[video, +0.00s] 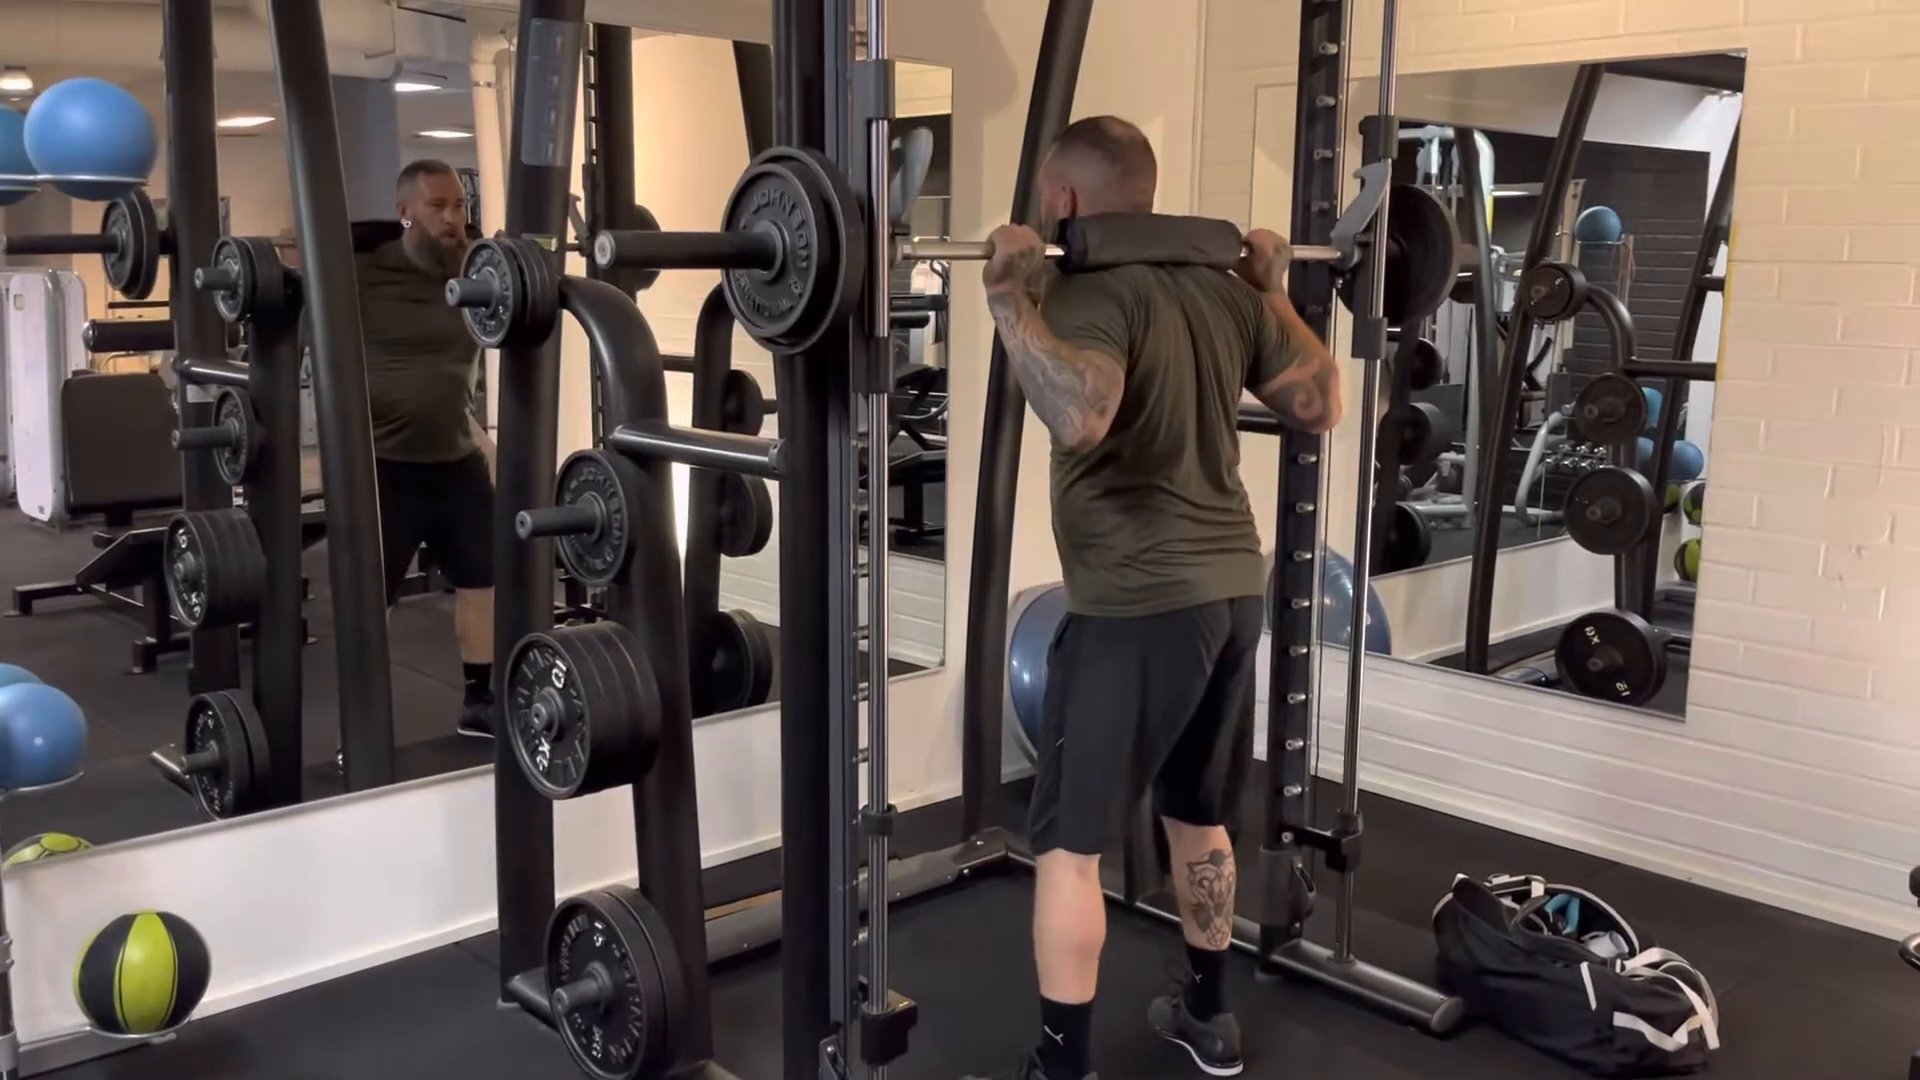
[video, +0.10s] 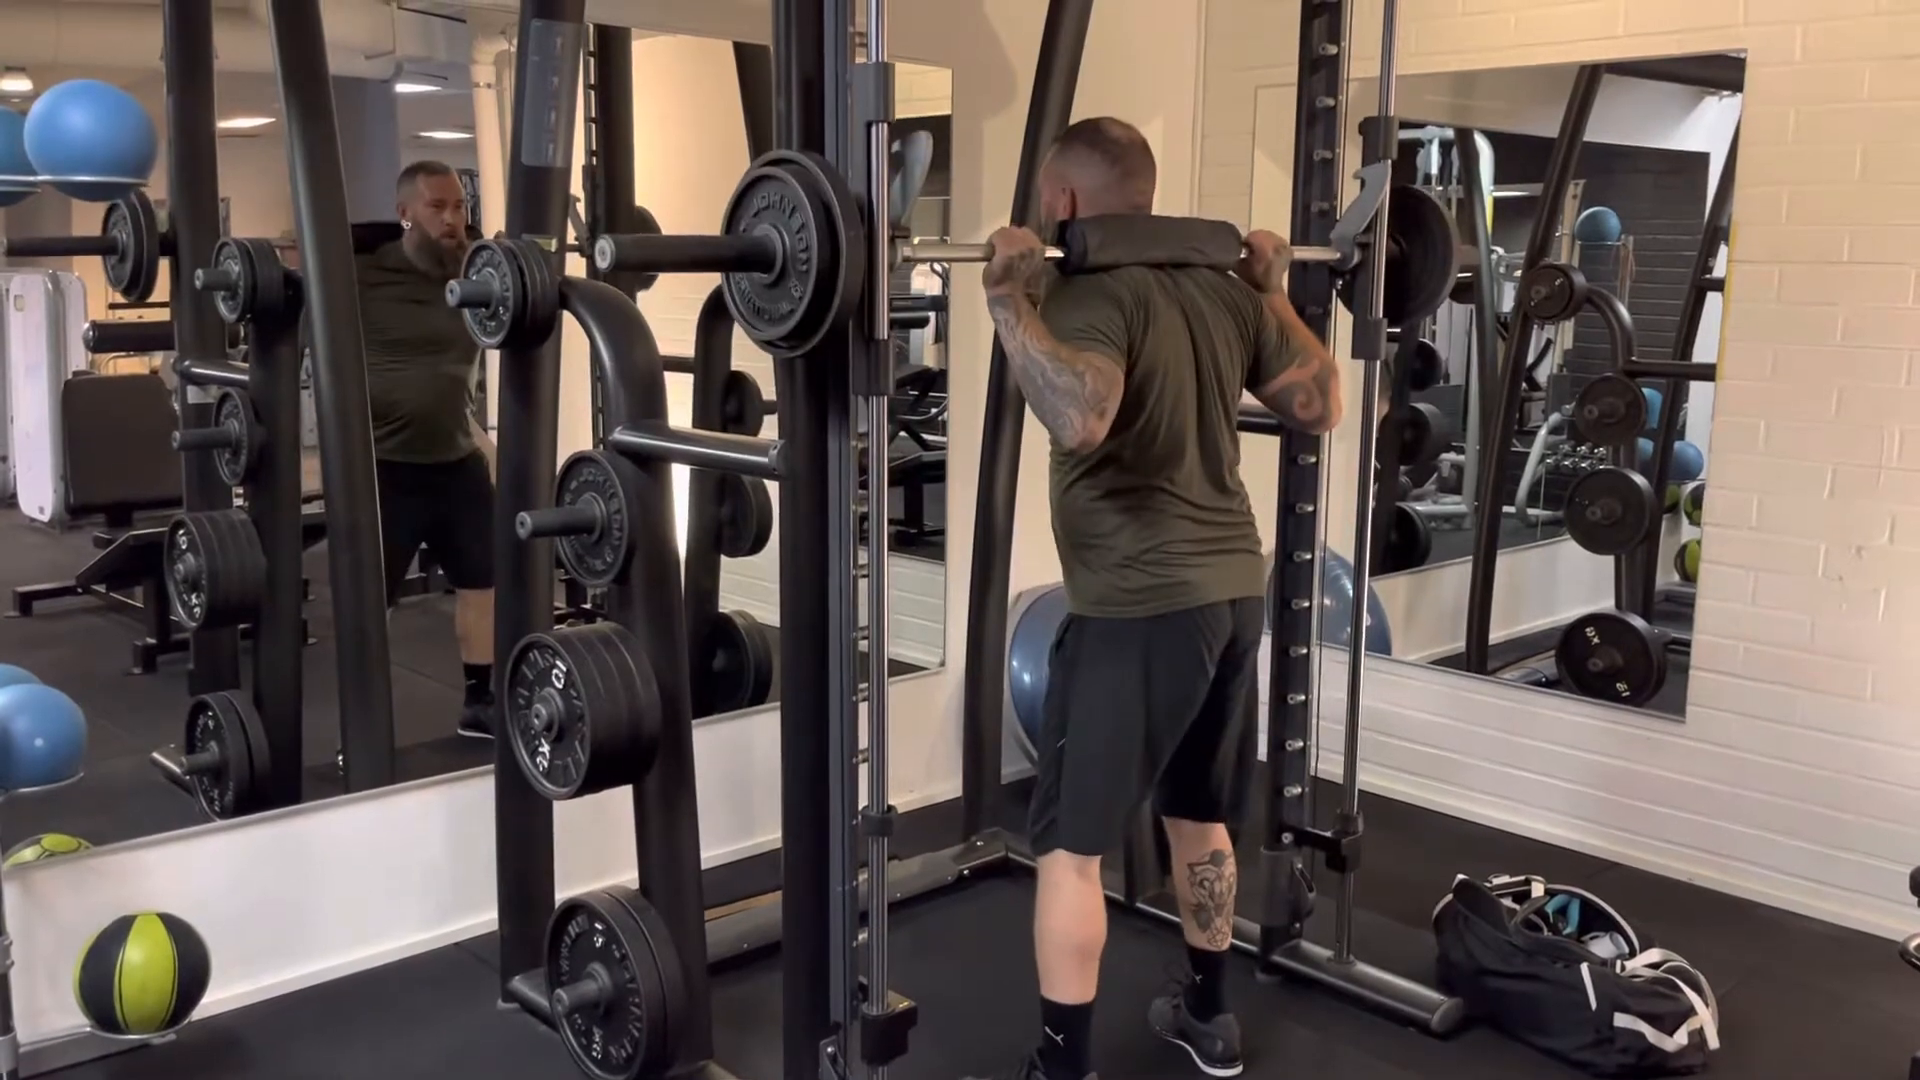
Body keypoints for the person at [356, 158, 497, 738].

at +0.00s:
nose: (454, 217)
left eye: (459, 205)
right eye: (440, 206)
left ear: (466, 210)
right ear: (405, 212)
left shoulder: (473, 273)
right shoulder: (360, 274)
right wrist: (279, 268)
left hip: (458, 459)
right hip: (381, 463)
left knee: (482, 574)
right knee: (365, 594)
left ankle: (482, 699)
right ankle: (359, 714)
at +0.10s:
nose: (454, 218)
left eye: (460, 206)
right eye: (440, 207)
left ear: (467, 211)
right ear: (406, 213)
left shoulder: (473, 274)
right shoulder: (360, 275)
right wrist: (280, 263)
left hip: (458, 460)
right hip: (382, 464)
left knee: (482, 576)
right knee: (366, 596)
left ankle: (482, 700)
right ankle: (360, 715)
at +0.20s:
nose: (454, 219)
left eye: (460, 207)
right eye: (440, 207)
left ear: (467, 212)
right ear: (406, 213)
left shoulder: (473, 275)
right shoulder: (360, 275)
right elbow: (277, 255)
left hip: (458, 461)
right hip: (382, 464)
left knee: (482, 576)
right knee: (366, 596)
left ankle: (482, 700)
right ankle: (360, 716)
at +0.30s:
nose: (455, 224)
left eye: (461, 212)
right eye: (440, 212)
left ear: (468, 216)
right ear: (406, 218)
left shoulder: (473, 280)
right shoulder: (360, 279)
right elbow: (279, 257)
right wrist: (278, 262)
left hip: (456, 464)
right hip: (380, 467)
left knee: (483, 576)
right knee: (364, 596)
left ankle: (481, 702)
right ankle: (360, 717)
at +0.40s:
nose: (456, 241)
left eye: (461, 229)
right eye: (442, 229)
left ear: (467, 233)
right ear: (407, 234)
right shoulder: (362, 296)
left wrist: (498, 468)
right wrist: (274, 274)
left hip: (451, 474)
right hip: (379, 480)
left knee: (493, 569)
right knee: (359, 602)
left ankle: (483, 703)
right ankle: (360, 722)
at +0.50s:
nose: (456, 270)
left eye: (462, 259)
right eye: (442, 260)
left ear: (469, 261)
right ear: (410, 265)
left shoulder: (471, 326)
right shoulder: (365, 322)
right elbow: (297, 362)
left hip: (445, 488)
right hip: (377, 491)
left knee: (505, 563)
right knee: (357, 604)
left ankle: (484, 700)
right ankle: (360, 725)